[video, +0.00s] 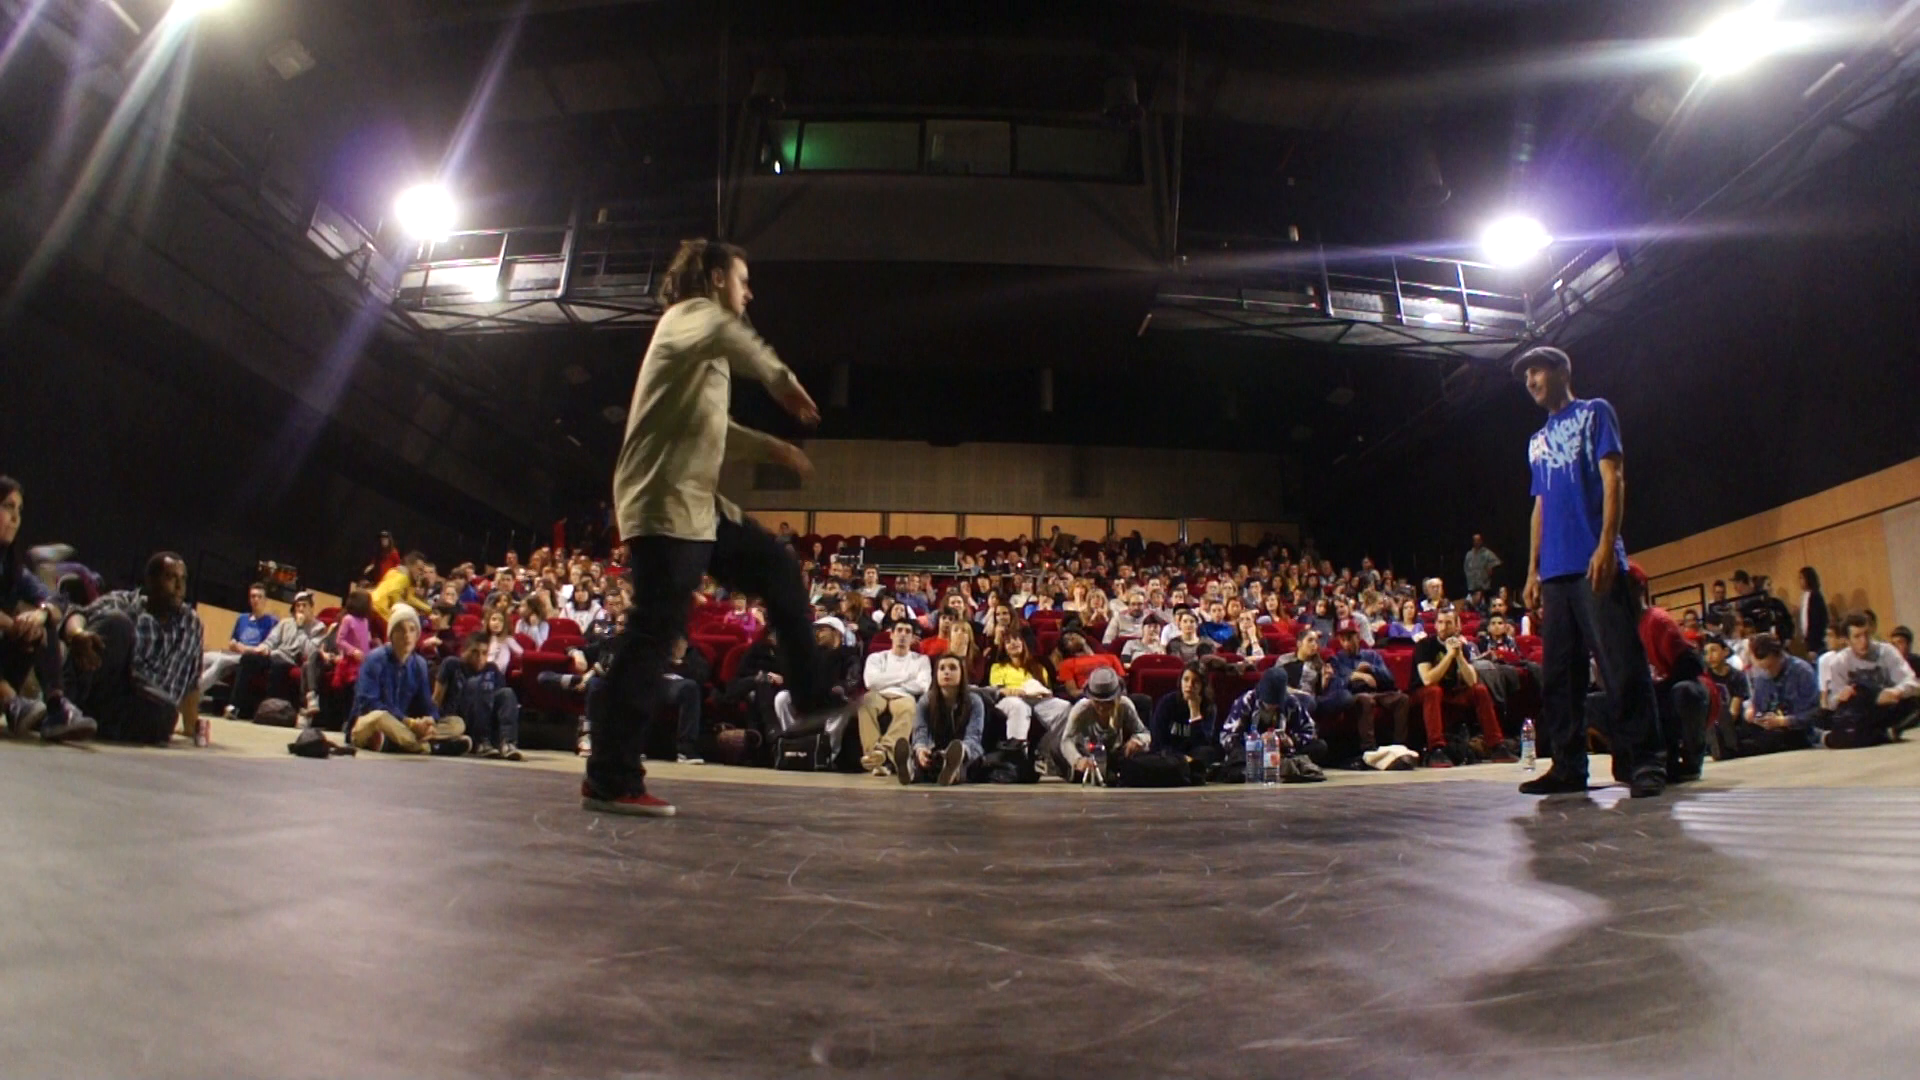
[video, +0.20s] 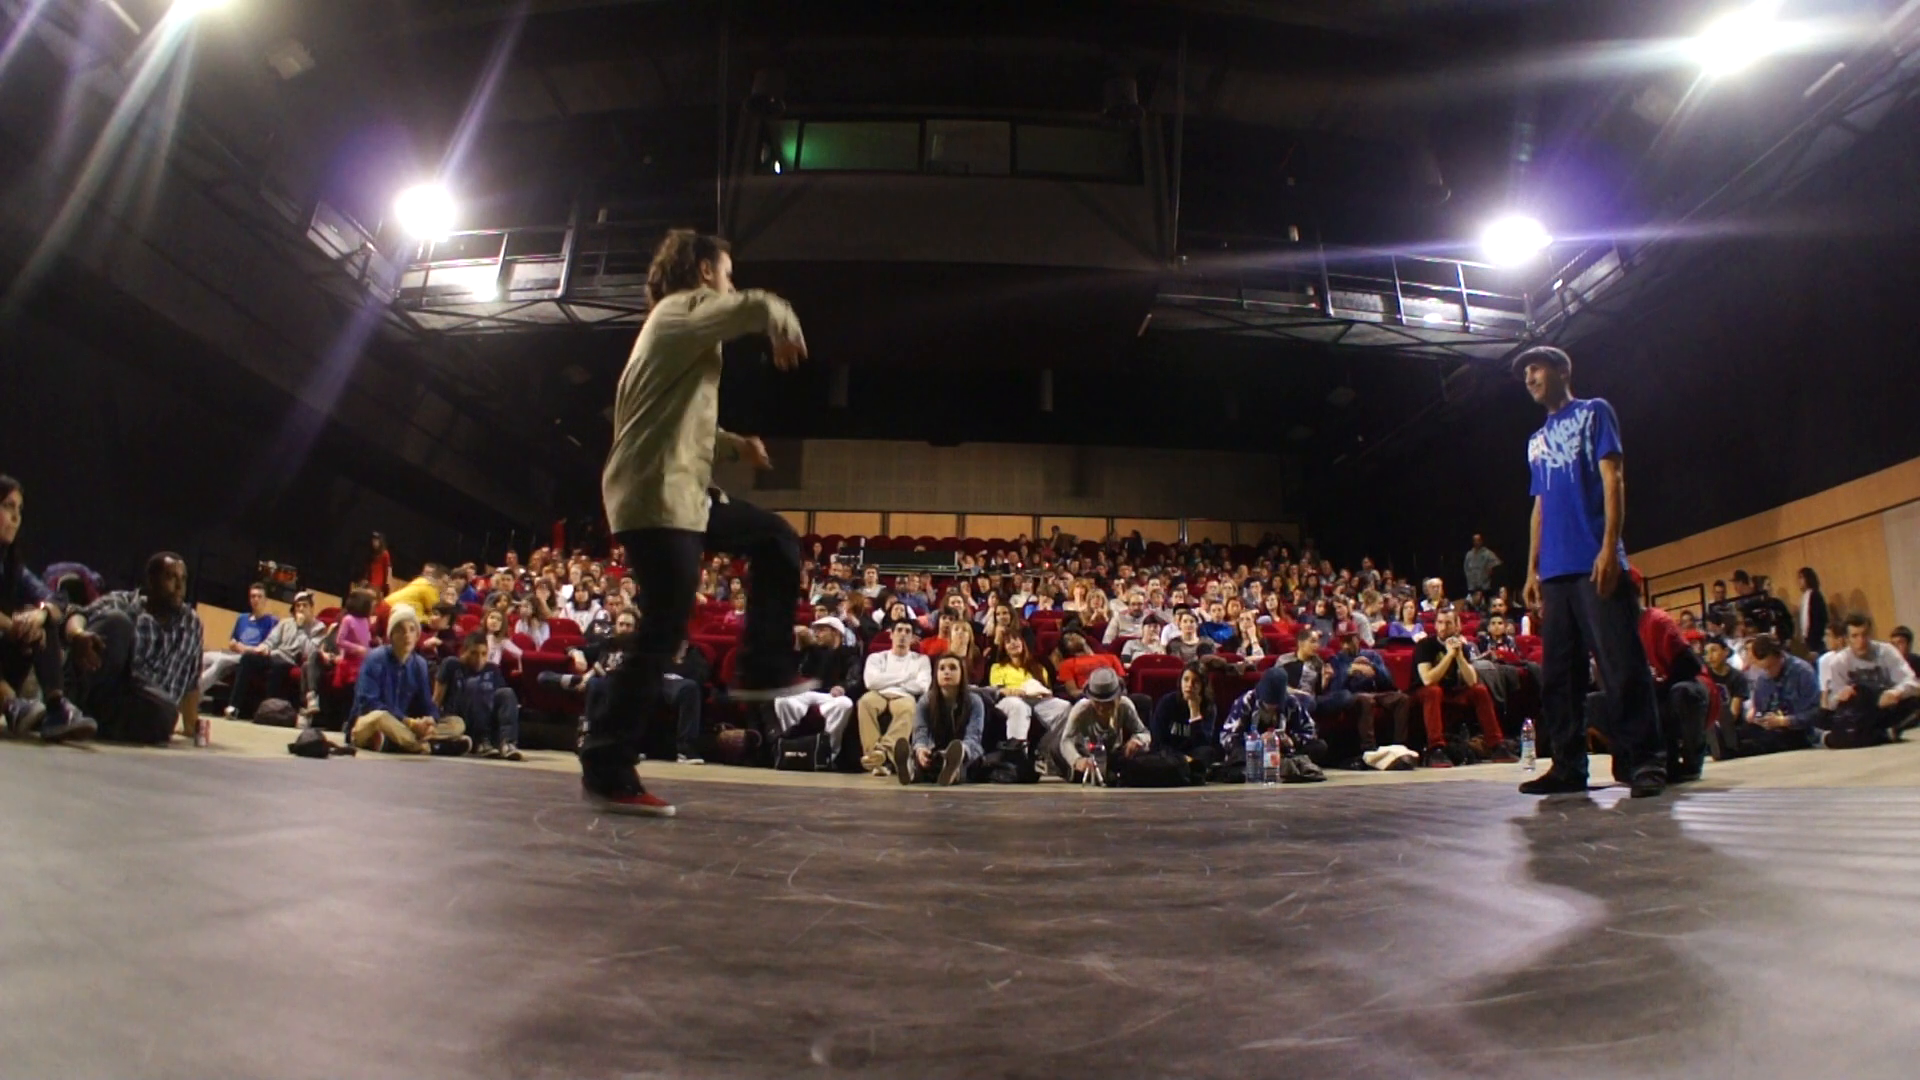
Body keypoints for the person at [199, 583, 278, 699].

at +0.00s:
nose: (256, 600)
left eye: (259, 597)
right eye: (253, 596)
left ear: (265, 600)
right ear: (249, 599)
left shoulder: (271, 621)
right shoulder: (242, 618)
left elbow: (266, 648)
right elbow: (233, 640)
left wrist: (243, 648)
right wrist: (236, 646)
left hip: (254, 656)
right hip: (235, 653)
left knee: (222, 661)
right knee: (204, 657)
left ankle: (195, 690)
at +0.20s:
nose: (256, 600)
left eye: (259, 596)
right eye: (253, 596)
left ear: (265, 599)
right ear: (249, 599)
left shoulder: (271, 621)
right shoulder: (242, 618)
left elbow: (266, 647)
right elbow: (233, 640)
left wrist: (243, 648)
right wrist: (237, 646)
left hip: (253, 656)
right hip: (235, 653)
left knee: (222, 662)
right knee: (204, 657)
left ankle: (194, 691)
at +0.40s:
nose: (256, 600)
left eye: (259, 596)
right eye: (253, 596)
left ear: (265, 599)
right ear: (249, 599)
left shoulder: (271, 621)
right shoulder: (242, 618)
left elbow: (266, 647)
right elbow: (233, 639)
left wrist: (244, 648)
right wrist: (235, 645)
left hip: (252, 656)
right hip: (234, 653)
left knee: (221, 661)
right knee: (203, 657)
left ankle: (195, 692)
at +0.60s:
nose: (256, 600)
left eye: (259, 596)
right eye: (253, 596)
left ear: (265, 599)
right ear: (249, 599)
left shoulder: (271, 621)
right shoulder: (242, 618)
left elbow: (265, 648)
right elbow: (233, 640)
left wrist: (243, 648)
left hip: (252, 656)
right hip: (234, 653)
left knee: (221, 661)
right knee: (204, 657)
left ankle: (195, 692)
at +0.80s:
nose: (256, 600)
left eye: (259, 596)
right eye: (253, 596)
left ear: (265, 600)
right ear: (249, 599)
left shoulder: (272, 622)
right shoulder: (242, 618)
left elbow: (264, 648)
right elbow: (233, 640)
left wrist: (241, 647)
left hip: (252, 655)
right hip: (234, 652)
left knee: (221, 661)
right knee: (204, 657)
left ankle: (194, 692)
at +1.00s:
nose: (256, 600)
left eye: (259, 596)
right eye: (253, 596)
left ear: (265, 600)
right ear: (249, 599)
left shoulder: (272, 622)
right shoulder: (242, 618)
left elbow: (266, 648)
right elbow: (233, 640)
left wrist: (243, 648)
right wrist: (235, 645)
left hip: (253, 656)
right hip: (235, 653)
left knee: (222, 661)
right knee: (203, 657)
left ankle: (194, 692)